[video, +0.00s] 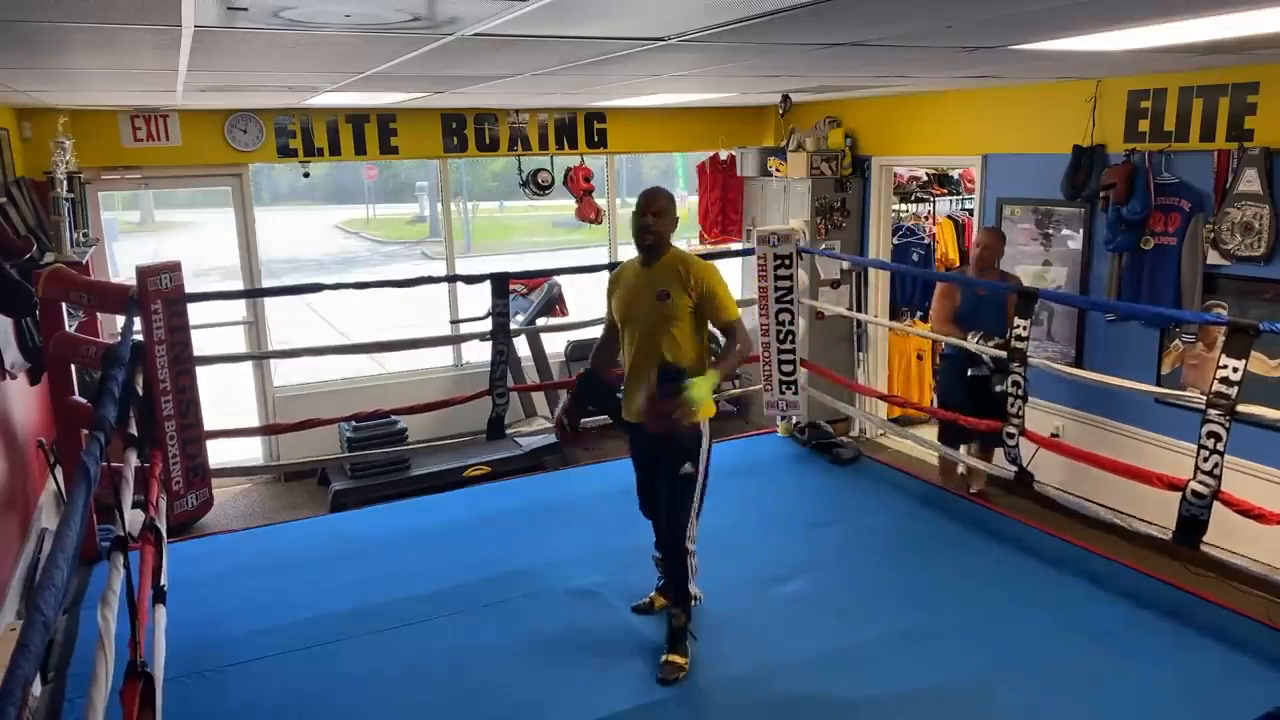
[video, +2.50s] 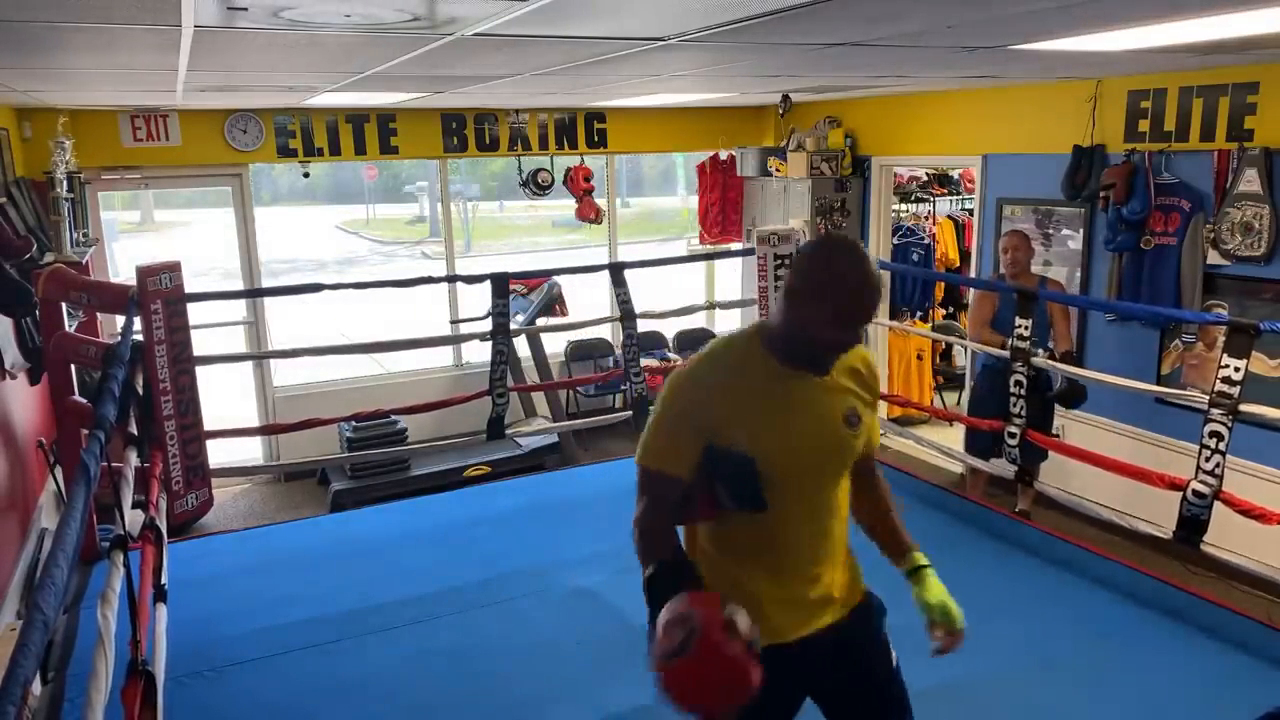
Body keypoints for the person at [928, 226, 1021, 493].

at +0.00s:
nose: (979, 252)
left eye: (987, 248)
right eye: (977, 245)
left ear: (1001, 253)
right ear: (970, 246)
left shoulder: (1011, 285)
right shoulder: (952, 281)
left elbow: (1017, 327)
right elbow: (939, 324)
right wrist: (974, 345)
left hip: (995, 370)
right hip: (957, 368)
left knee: (987, 437)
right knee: (952, 435)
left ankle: (976, 491)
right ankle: (947, 492)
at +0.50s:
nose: (969, 253)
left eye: (978, 249)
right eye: (967, 247)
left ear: (993, 255)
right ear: (962, 248)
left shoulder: (1006, 284)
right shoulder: (948, 284)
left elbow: (1012, 328)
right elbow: (941, 329)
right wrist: (979, 344)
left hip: (993, 372)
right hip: (957, 371)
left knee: (989, 438)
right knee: (951, 438)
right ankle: (951, 493)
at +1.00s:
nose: (1014, 265)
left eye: (1019, 258)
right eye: (1007, 258)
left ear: (1025, 258)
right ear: (993, 258)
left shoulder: (1040, 291)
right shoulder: (974, 291)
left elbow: (1053, 340)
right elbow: (953, 333)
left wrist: (1048, 358)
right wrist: (969, 352)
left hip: (1024, 384)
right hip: (982, 381)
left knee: (1027, 450)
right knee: (968, 445)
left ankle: (1021, 514)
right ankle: (956, 498)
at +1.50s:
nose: (1030, 268)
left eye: (1036, 261)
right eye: (1023, 261)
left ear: (1045, 259)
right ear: (1013, 260)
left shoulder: (1061, 291)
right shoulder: (996, 289)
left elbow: (1069, 342)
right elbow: (979, 335)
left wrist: (1058, 355)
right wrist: (1006, 347)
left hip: (1041, 384)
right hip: (998, 379)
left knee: (1034, 453)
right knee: (981, 445)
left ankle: (1023, 515)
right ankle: (974, 508)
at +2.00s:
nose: (1013, 262)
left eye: (1019, 255)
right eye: (1008, 256)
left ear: (1035, 255)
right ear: (1002, 258)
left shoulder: (1058, 290)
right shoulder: (991, 289)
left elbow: (1064, 340)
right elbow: (982, 335)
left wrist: (1050, 355)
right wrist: (1008, 352)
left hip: (1038, 385)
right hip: (995, 380)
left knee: (1032, 454)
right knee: (981, 449)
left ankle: (1022, 515)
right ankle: (972, 508)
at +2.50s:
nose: (1010, 256)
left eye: (1016, 250)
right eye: (1005, 251)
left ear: (1031, 253)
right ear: (999, 255)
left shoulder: (1051, 289)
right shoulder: (990, 287)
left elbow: (1061, 331)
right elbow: (976, 332)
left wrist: (1065, 359)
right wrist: (1013, 346)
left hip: (1036, 380)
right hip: (994, 377)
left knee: (1031, 449)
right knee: (981, 445)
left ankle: (1022, 513)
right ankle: (972, 508)